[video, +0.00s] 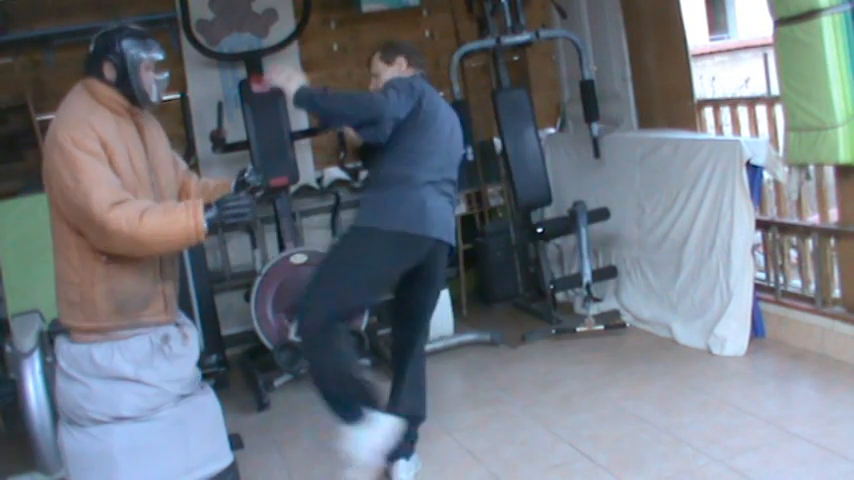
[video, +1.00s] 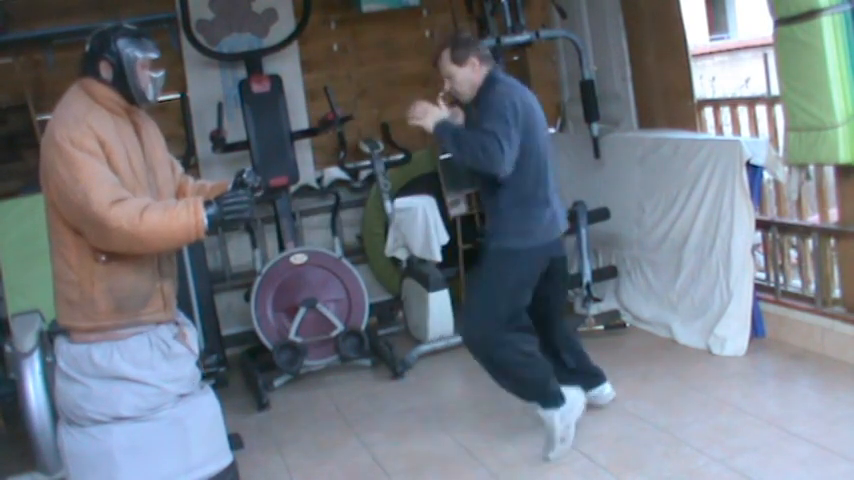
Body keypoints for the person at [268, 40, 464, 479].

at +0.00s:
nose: (376, 84)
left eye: (378, 74)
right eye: (373, 77)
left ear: (402, 64)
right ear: (411, 66)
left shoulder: (408, 86)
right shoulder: (449, 116)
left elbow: (379, 112)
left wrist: (301, 92)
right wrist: (362, 138)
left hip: (393, 225)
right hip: (437, 235)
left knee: (316, 313)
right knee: (410, 340)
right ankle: (403, 451)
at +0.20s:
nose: (361, 77)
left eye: (364, 68)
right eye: (359, 70)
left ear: (388, 58)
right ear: (390, 60)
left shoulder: (411, 90)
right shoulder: (407, 95)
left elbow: (370, 131)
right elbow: (378, 154)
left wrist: (316, 89)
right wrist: (359, 105)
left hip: (440, 246)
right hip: (423, 249)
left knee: (439, 358)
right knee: (419, 356)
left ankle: (507, 463)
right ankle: (420, 453)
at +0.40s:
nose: (360, 88)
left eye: (362, 77)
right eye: (357, 80)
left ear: (388, 63)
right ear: (385, 67)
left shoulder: (429, 91)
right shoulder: (407, 101)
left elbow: (422, 158)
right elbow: (409, 172)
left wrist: (359, 119)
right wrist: (364, 125)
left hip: (478, 247)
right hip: (454, 250)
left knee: (483, 353)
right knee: (460, 344)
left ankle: (518, 463)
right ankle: (479, 414)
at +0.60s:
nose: (404, 102)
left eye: (408, 91)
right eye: (401, 95)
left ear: (436, 79)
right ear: (428, 84)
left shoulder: (474, 117)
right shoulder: (445, 125)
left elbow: (464, 180)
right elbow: (437, 193)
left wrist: (398, 142)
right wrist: (394, 146)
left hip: (491, 267)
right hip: (473, 267)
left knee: (457, 372)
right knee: (502, 346)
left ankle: (501, 473)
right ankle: (565, 390)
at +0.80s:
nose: (427, 82)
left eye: (430, 72)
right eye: (423, 75)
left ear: (458, 60)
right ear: (453, 63)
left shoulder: (486, 93)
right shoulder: (476, 94)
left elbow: (492, 152)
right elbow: (479, 160)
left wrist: (428, 121)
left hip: (507, 237)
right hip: (513, 230)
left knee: (485, 338)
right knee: (524, 319)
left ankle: (504, 452)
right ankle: (575, 394)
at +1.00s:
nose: (448, 87)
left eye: (450, 76)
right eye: (445, 79)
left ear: (476, 64)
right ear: (478, 67)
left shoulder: (498, 97)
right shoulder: (512, 93)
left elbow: (497, 159)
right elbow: (504, 152)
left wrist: (442, 126)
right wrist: (461, 124)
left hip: (520, 237)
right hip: (542, 230)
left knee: (482, 327)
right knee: (546, 317)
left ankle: (555, 401)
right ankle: (593, 383)